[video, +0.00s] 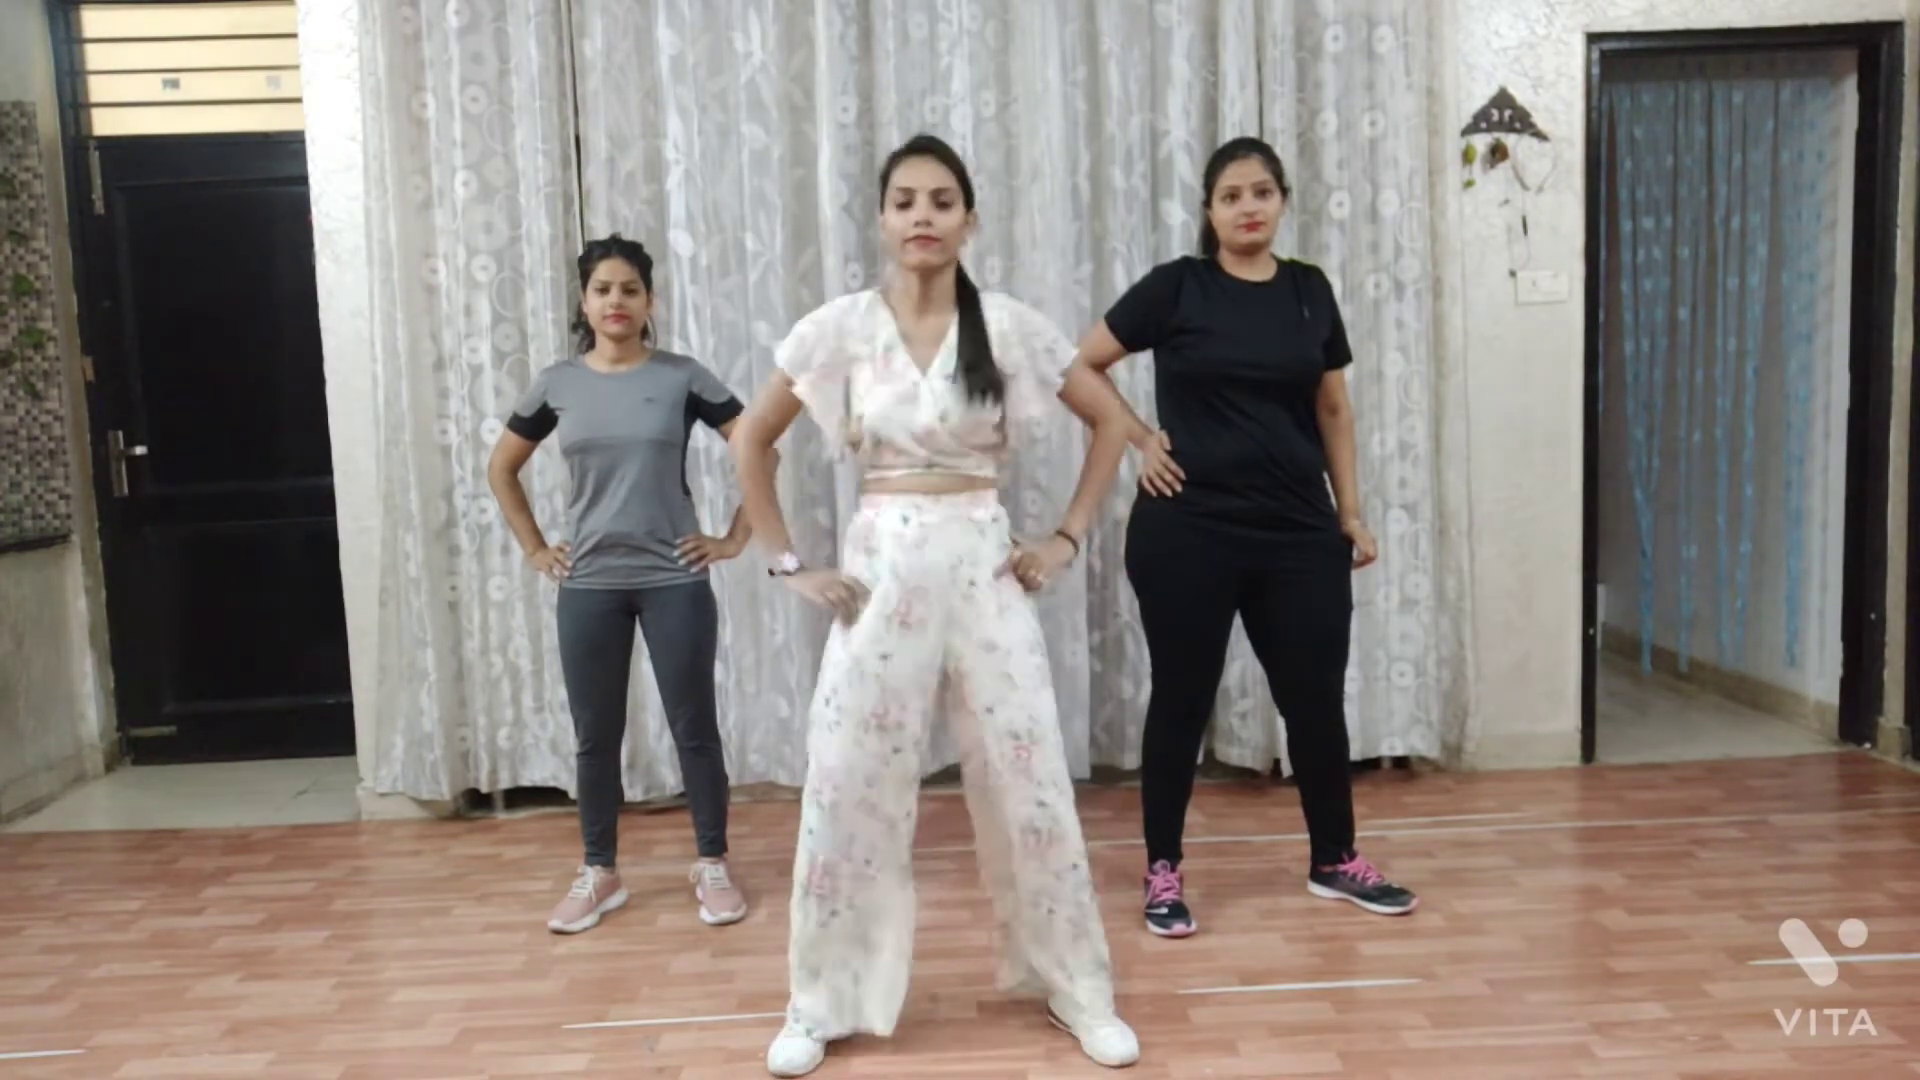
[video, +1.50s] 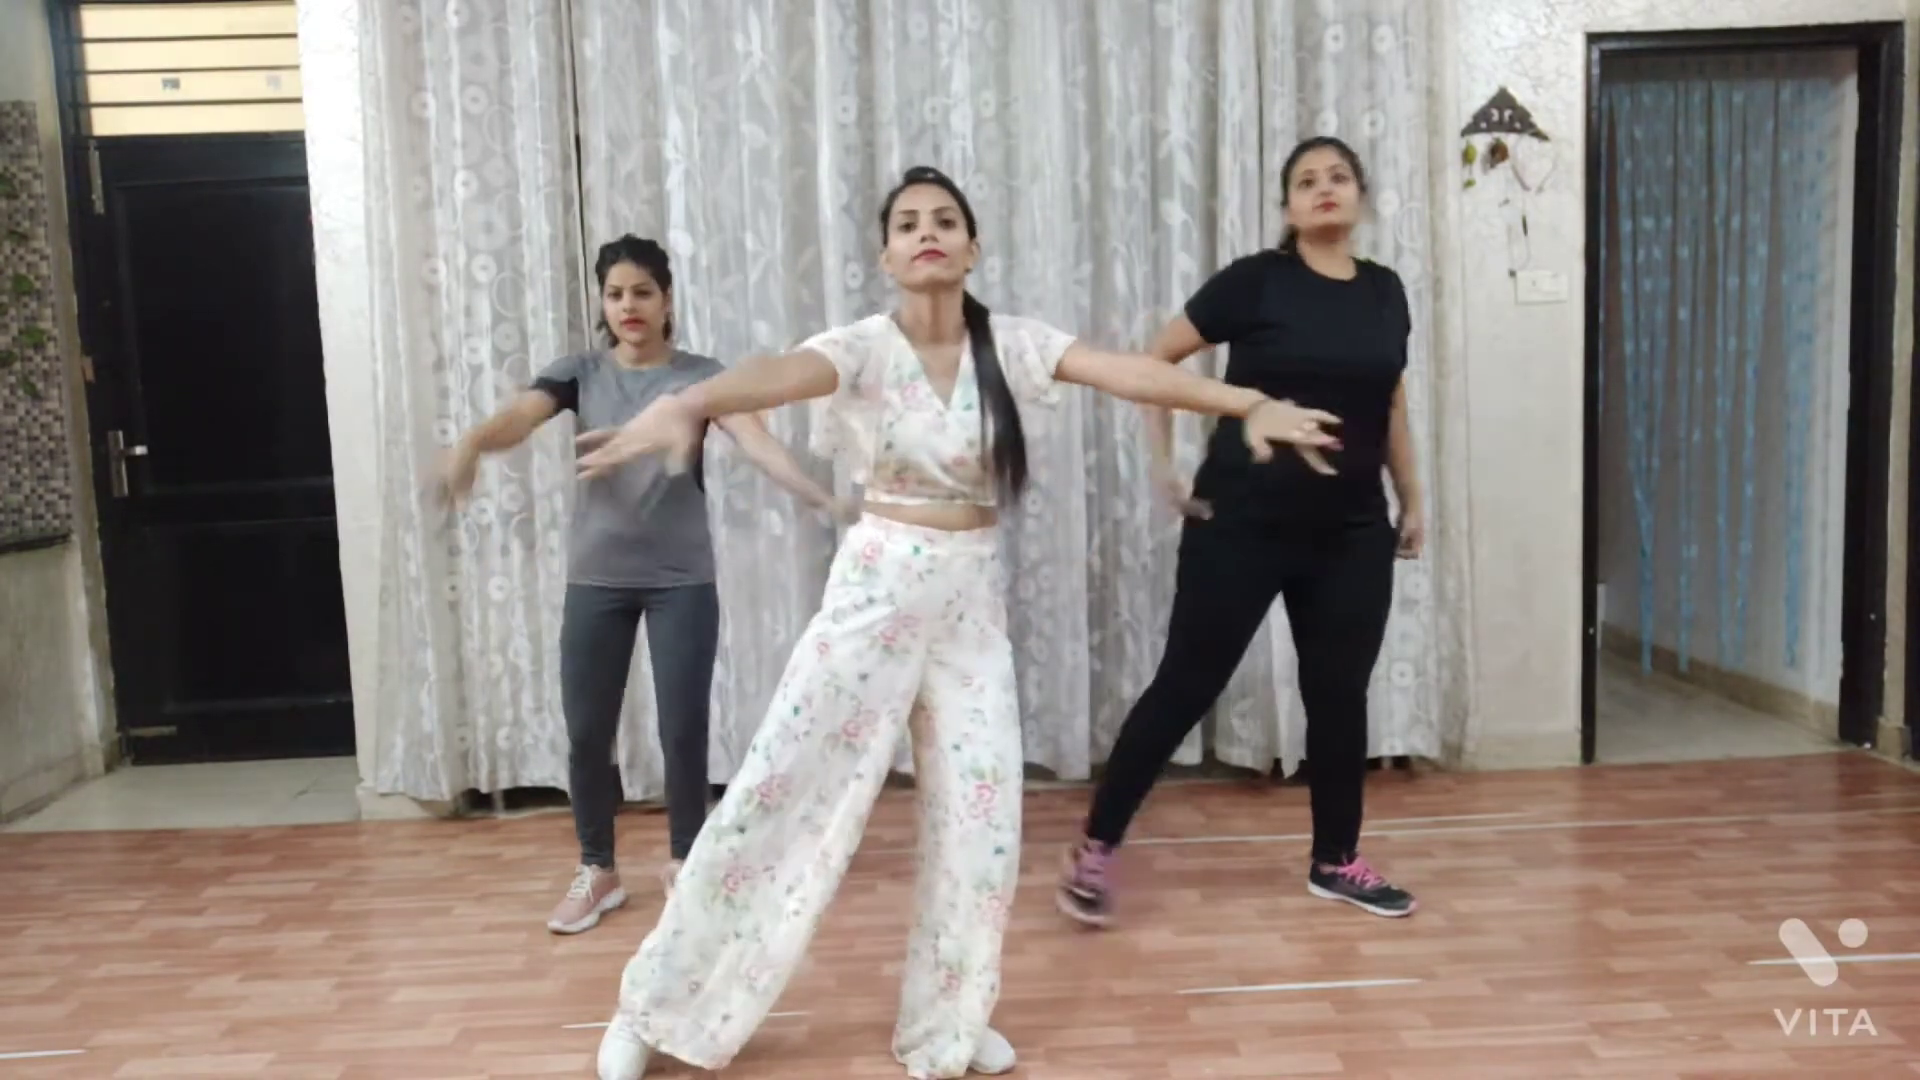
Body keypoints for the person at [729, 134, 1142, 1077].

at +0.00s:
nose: (922, 218)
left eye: (941, 202)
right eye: (905, 202)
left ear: (968, 219)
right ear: (880, 219)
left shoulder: (1008, 327)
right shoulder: (835, 332)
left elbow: (1114, 425)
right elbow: (749, 443)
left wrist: (1062, 539)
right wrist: (793, 569)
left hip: (986, 578)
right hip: (880, 582)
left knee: (1032, 783)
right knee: (838, 790)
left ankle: (1081, 990)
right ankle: (817, 1003)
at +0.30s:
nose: (921, 242)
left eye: (938, 225)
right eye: (904, 226)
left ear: (967, 241)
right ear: (880, 243)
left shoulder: (1010, 347)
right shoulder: (841, 354)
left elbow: (1106, 442)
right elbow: (760, 471)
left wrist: (1065, 564)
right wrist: (805, 594)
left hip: (992, 600)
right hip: (886, 603)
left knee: (1039, 805)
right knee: (847, 809)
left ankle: (1085, 1001)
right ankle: (809, 1005)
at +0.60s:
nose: (907, 239)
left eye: (925, 226)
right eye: (890, 226)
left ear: (956, 249)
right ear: (867, 246)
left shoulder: (983, 360)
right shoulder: (813, 349)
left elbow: (1055, 455)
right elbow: (764, 465)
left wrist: (1039, 570)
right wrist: (771, 582)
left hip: (959, 602)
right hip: (853, 603)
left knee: (1024, 804)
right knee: (829, 807)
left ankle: (1054, 1012)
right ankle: (820, 1020)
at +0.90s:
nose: (924, 226)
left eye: (941, 211)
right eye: (906, 216)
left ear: (973, 231)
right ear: (885, 242)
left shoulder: (1019, 340)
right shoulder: (854, 347)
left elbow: (1096, 434)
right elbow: (752, 433)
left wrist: (1161, 501)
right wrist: (656, 501)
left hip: (976, 603)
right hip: (877, 594)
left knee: (990, 817)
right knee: (789, 790)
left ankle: (921, 1000)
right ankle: (702, 1001)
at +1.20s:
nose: (926, 237)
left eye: (943, 225)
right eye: (908, 226)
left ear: (974, 246)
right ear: (885, 250)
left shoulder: (1021, 348)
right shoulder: (853, 352)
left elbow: (1152, 398)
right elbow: (720, 412)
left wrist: (1275, 441)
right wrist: (596, 456)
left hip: (969, 615)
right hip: (871, 608)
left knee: (982, 819)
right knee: (770, 805)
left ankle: (949, 1027)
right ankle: (646, 1020)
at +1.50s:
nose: (926, 238)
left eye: (944, 224)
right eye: (907, 228)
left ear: (974, 250)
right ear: (885, 256)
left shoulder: (1009, 341)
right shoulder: (864, 348)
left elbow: (1131, 372)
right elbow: (772, 378)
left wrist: (1248, 404)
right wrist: (675, 408)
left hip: (972, 606)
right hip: (871, 599)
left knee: (983, 823)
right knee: (768, 797)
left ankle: (948, 1030)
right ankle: (646, 1014)